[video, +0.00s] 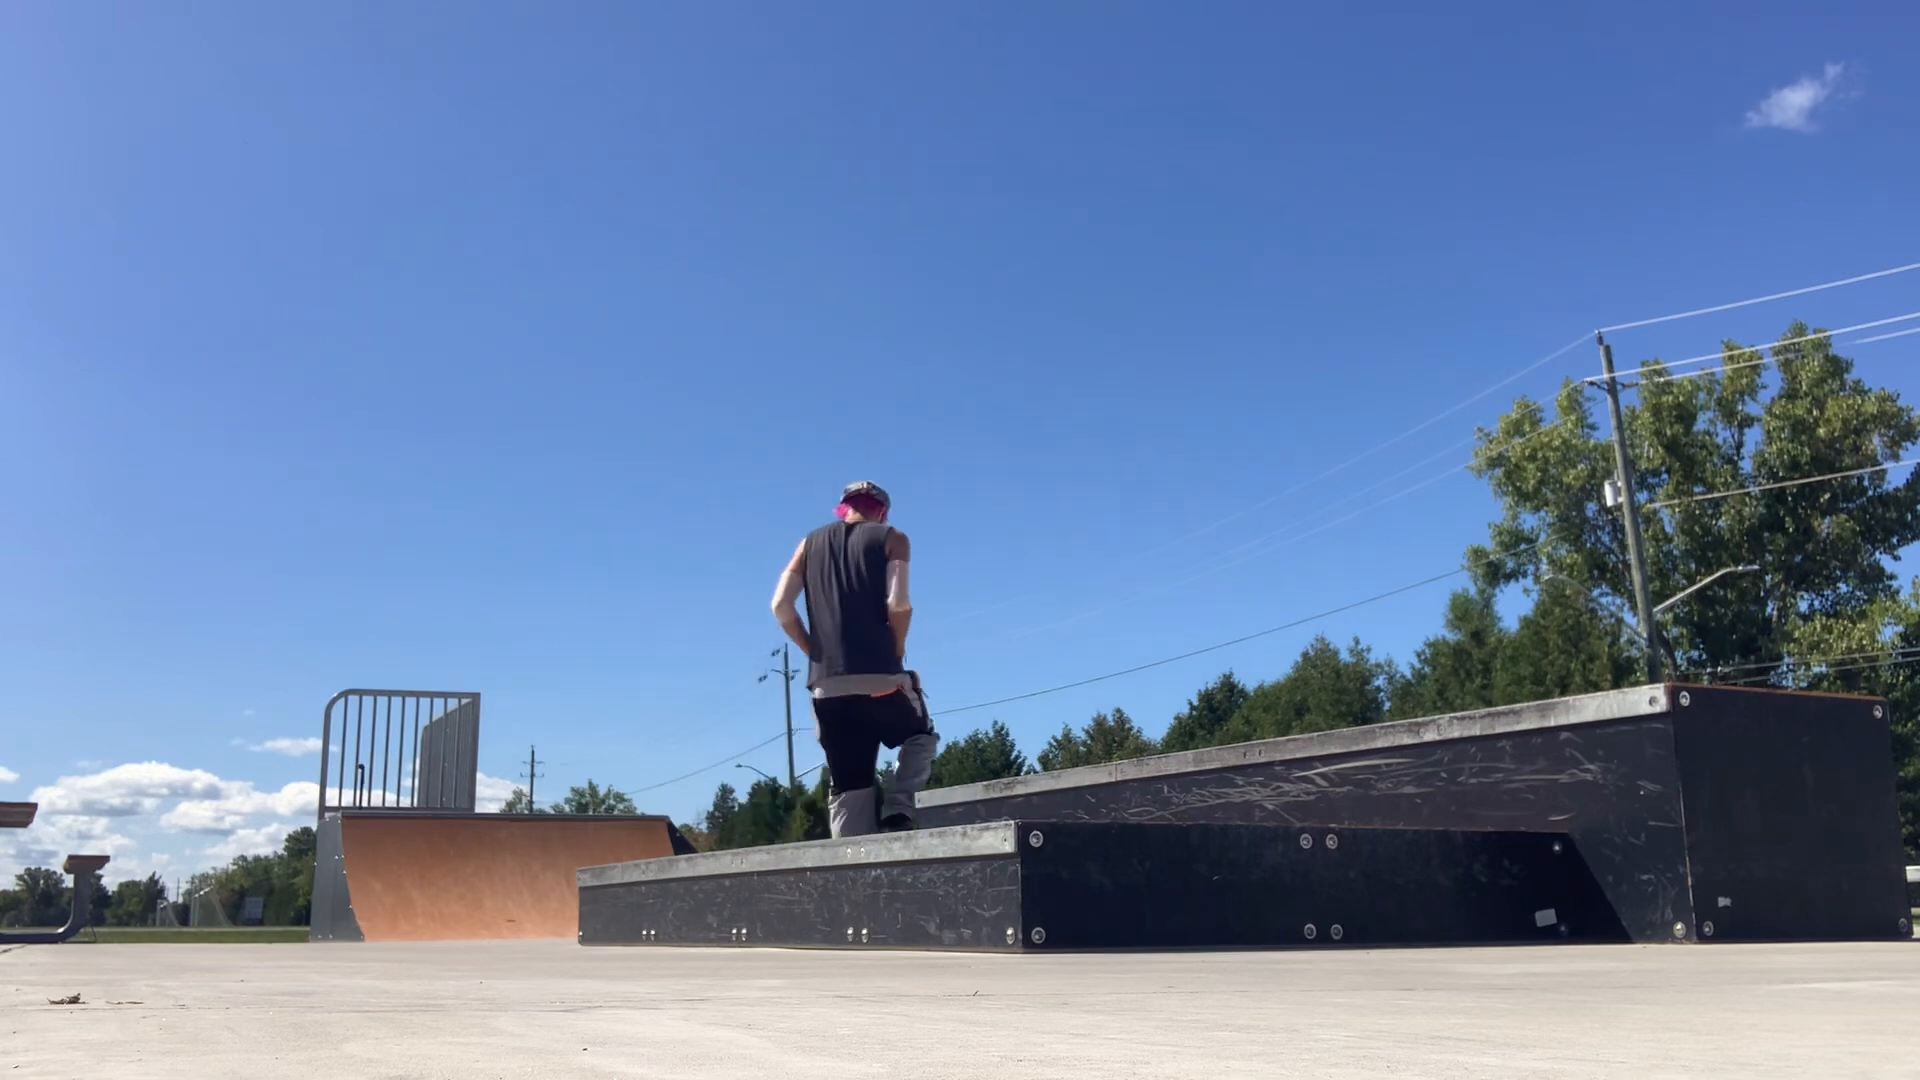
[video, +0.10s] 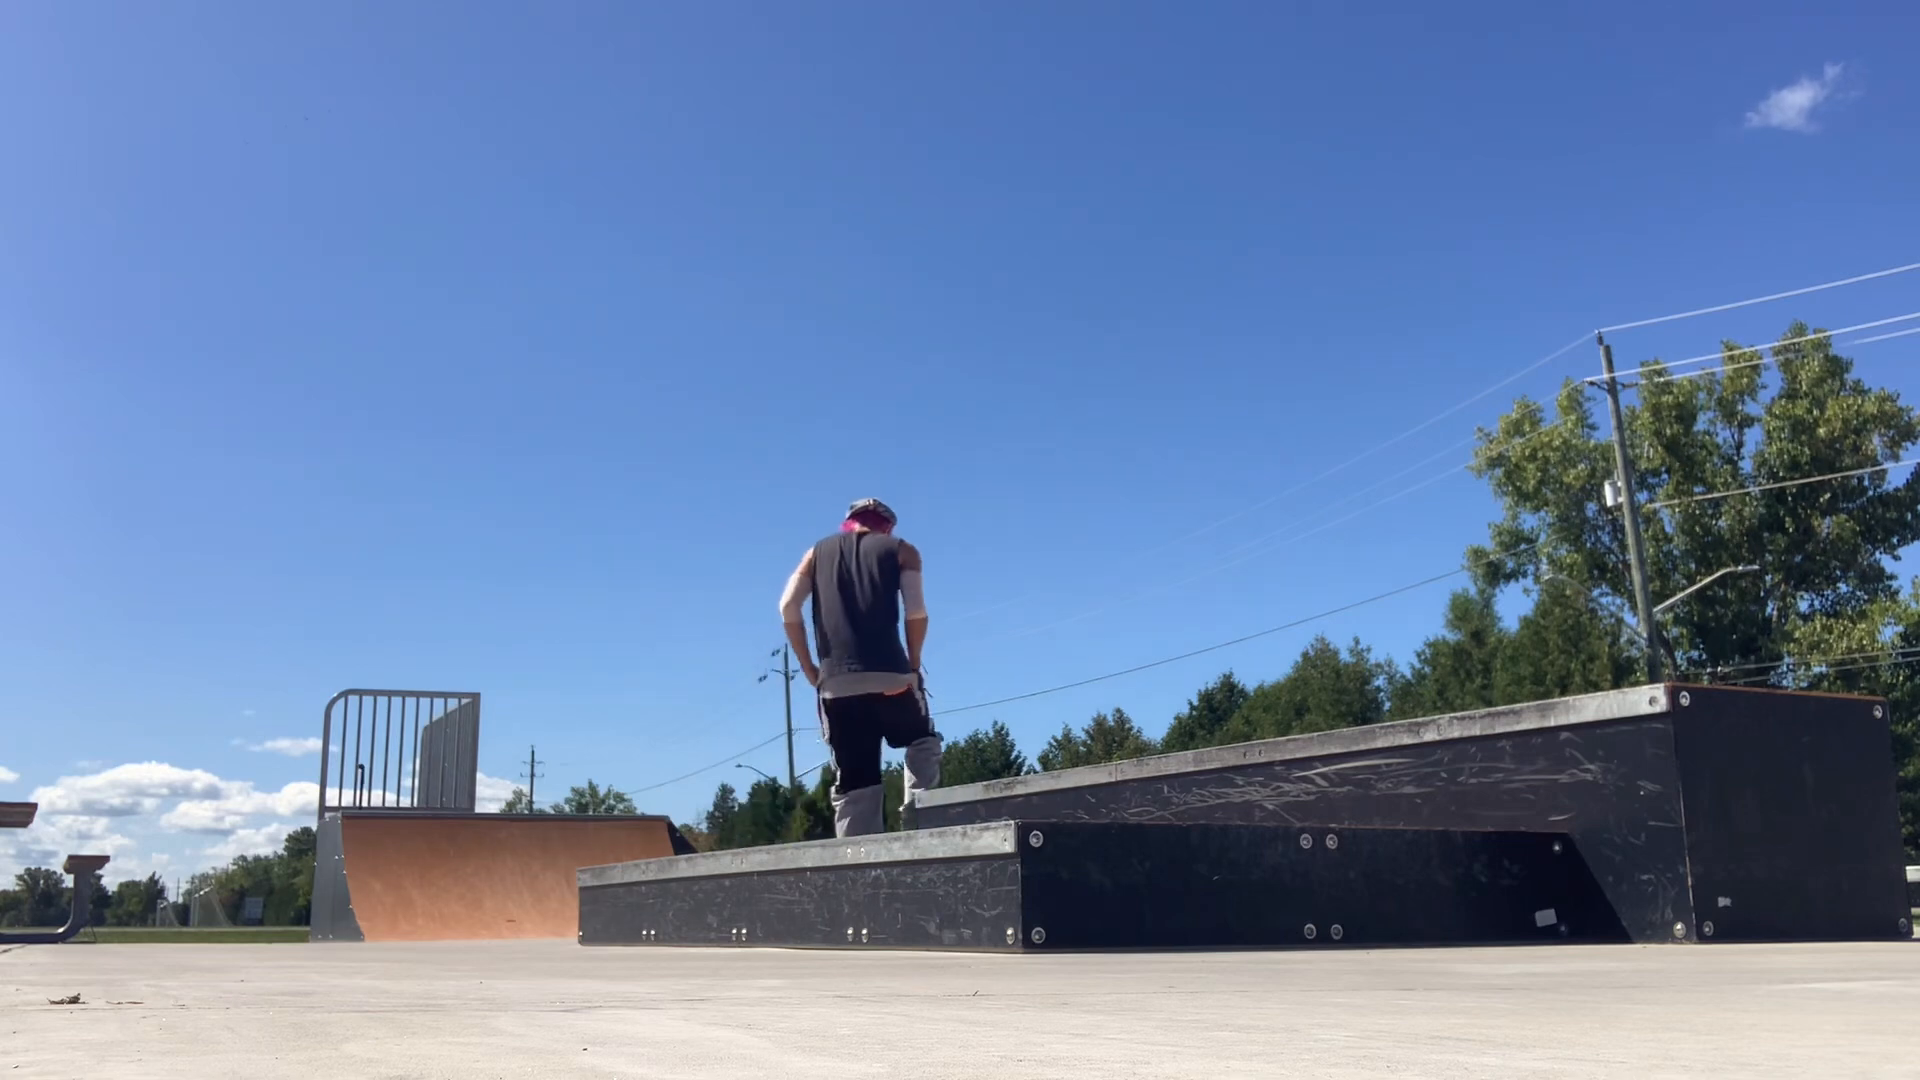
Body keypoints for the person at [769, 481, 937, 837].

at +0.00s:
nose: (886, 520)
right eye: (886, 515)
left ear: (841, 511)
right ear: (881, 511)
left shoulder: (810, 542)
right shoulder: (892, 538)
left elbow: (781, 606)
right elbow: (898, 604)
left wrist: (814, 651)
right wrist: (897, 653)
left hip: (828, 690)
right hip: (881, 685)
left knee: (848, 791)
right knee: (918, 737)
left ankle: (853, 885)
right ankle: (898, 811)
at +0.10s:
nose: (892, 532)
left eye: (892, 529)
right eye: (892, 527)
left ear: (847, 525)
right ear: (885, 524)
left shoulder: (818, 552)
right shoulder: (901, 549)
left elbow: (788, 608)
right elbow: (916, 614)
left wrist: (809, 669)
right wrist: (914, 663)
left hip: (838, 691)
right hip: (892, 684)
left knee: (855, 790)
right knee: (921, 742)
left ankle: (857, 882)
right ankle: (917, 818)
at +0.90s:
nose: (805, 550)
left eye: (805, 546)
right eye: (806, 547)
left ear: (812, 542)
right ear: (850, 540)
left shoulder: (808, 562)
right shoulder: (882, 578)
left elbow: (812, 608)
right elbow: (898, 646)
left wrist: (786, 665)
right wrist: (930, 707)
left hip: (822, 721)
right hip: (877, 720)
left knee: (800, 825)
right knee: (897, 819)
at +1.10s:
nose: (754, 542)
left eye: (755, 535)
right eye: (752, 536)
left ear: (767, 532)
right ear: (797, 533)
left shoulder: (763, 561)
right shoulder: (834, 576)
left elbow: (755, 619)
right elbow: (852, 652)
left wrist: (722, 671)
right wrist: (881, 714)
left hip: (779, 712)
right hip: (826, 713)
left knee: (772, 810)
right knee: (826, 798)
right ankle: (879, 858)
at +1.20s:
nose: (733, 540)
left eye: (735, 532)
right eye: (733, 533)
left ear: (750, 527)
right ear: (776, 530)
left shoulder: (746, 558)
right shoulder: (813, 573)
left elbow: (727, 618)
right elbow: (827, 648)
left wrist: (686, 658)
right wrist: (853, 714)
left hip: (763, 707)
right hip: (808, 710)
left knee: (764, 805)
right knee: (796, 794)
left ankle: (784, 892)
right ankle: (829, 871)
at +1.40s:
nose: (686, 546)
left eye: (689, 538)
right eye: (686, 539)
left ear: (707, 537)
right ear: (726, 539)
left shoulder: (705, 572)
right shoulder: (768, 584)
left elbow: (662, 632)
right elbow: (792, 655)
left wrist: (649, 619)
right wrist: (818, 717)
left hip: (731, 714)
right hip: (768, 715)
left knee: (750, 813)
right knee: (733, 812)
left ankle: (780, 889)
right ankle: (702, 885)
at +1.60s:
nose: (645, 551)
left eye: (648, 543)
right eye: (644, 544)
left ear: (668, 542)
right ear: (683, 544)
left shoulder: (665, 576)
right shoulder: (724, 588)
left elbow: (613, 612)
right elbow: (749, 658)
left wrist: (633, 578)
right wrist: (771, 718)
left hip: (683, 718)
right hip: (719, 719)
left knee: (669, 806)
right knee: (700, 813)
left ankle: (721, 852)